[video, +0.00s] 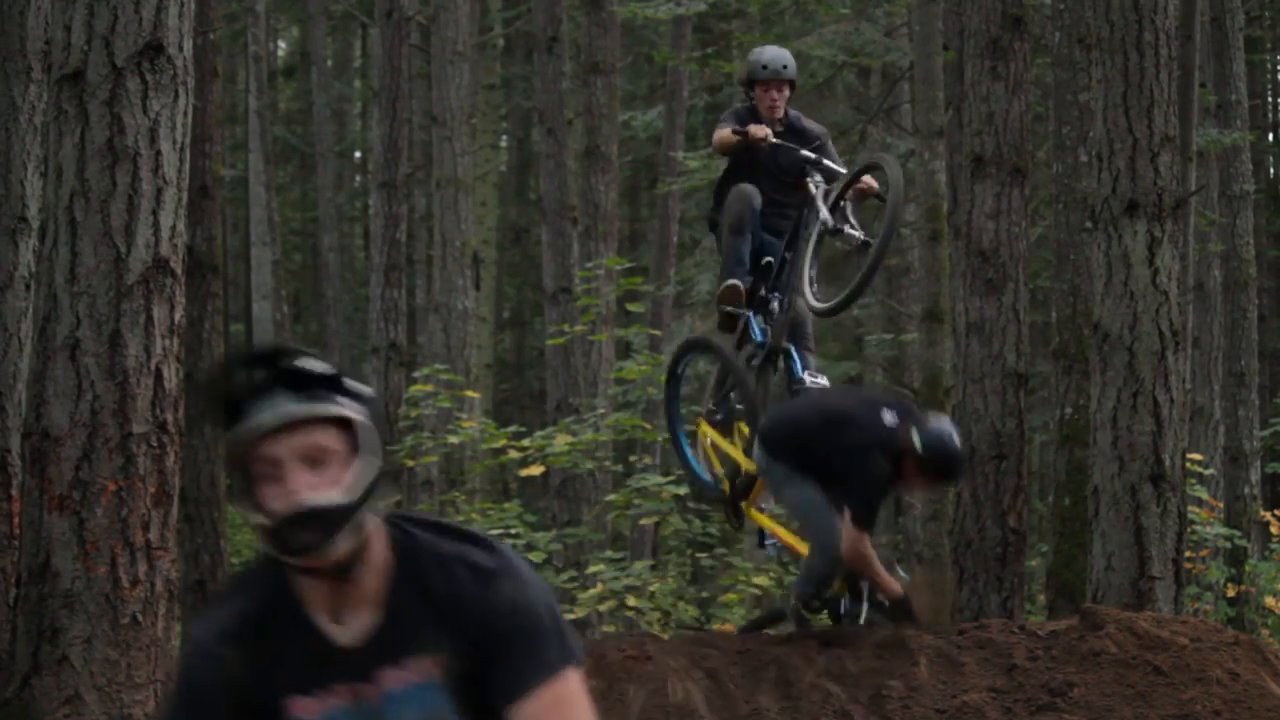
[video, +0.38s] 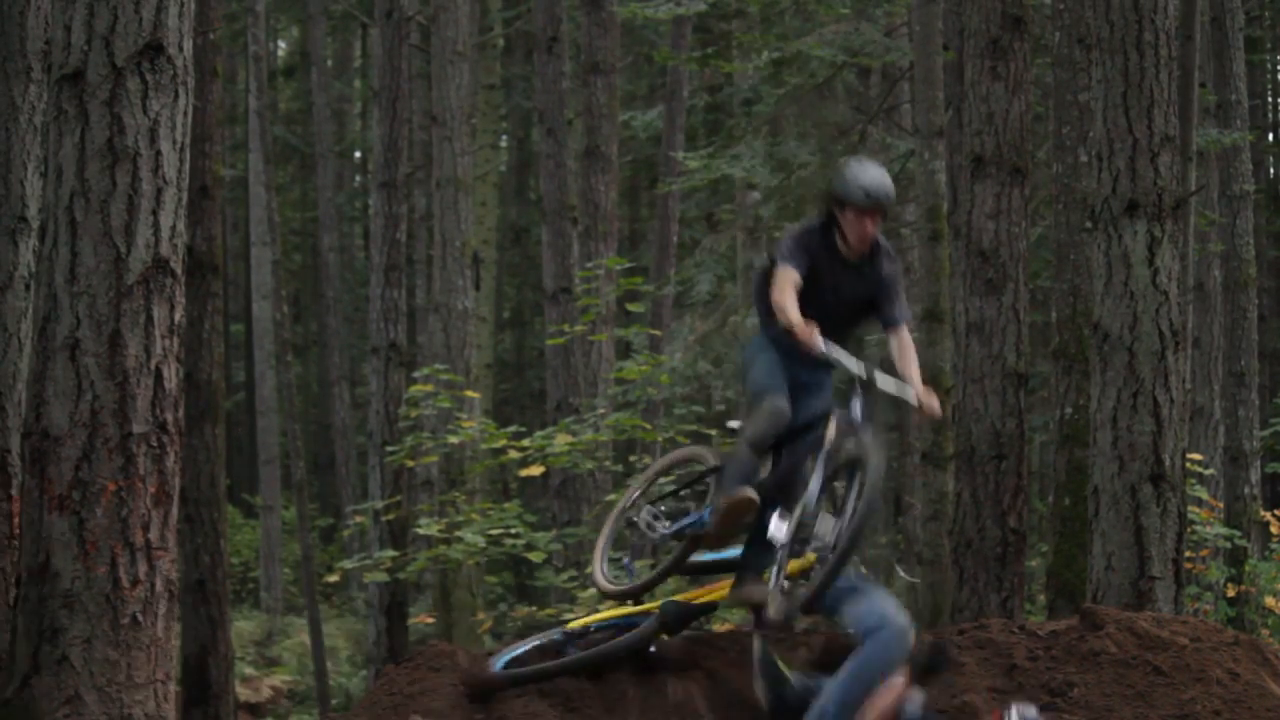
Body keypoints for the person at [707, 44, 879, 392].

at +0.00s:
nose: (774, 96)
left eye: (780, 89)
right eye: (766, 89)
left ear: (791, 91)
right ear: (752, 91)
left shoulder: (811, 133)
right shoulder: (738, 118)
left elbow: (837, 182)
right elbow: (719, 143)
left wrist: (861, 187)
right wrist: (745, 138)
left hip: (786, 236)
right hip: (740, 226)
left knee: (797, 308)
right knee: (745, 193)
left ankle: (805, 377)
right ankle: (733, 288)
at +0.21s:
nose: (805, 123)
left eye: (813, 115)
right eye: (797, 114)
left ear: (823, 116)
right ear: (781, 114)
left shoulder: (837, 161)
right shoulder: (766, 143)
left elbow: (864, 213)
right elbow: (750, 174)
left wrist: (879, 244)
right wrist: (781, 183)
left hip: (806, 266)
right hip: (756, 255)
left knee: (797, 348)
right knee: (761, 291)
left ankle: (784, 441)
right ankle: (720, 385)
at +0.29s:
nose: (841, 171)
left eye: (848, 162)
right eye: (832, 161)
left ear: (857, 163)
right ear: (813, 158)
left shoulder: (863, 213)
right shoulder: (788, 187)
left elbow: (871, 280)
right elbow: (764, 231)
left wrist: (879, 334)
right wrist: (774, 268)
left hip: (815, 315)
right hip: (766, 301)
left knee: (795, 404)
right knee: (760, 362)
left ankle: (769, 510)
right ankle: (729, 448)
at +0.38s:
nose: (872, 226)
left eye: (878, 217)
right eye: (863, 215)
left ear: (883, 218)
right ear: (838, 212)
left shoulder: (882, 263)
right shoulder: (804, 242)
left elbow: (898, 330)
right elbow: (783, 287)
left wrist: (916, 385)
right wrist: (796, 321)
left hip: (818, 363)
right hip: (773, 343)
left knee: (792, 471)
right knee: (774, 411)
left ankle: (752, 576)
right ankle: (728, 498)